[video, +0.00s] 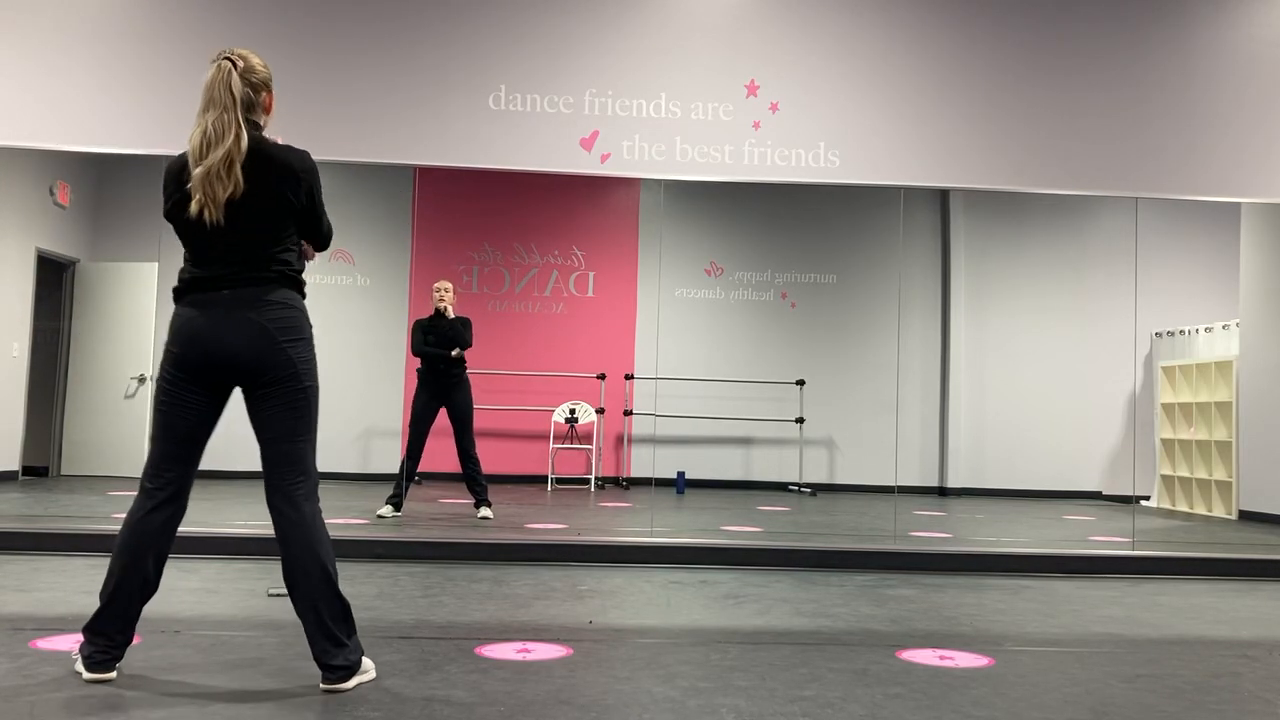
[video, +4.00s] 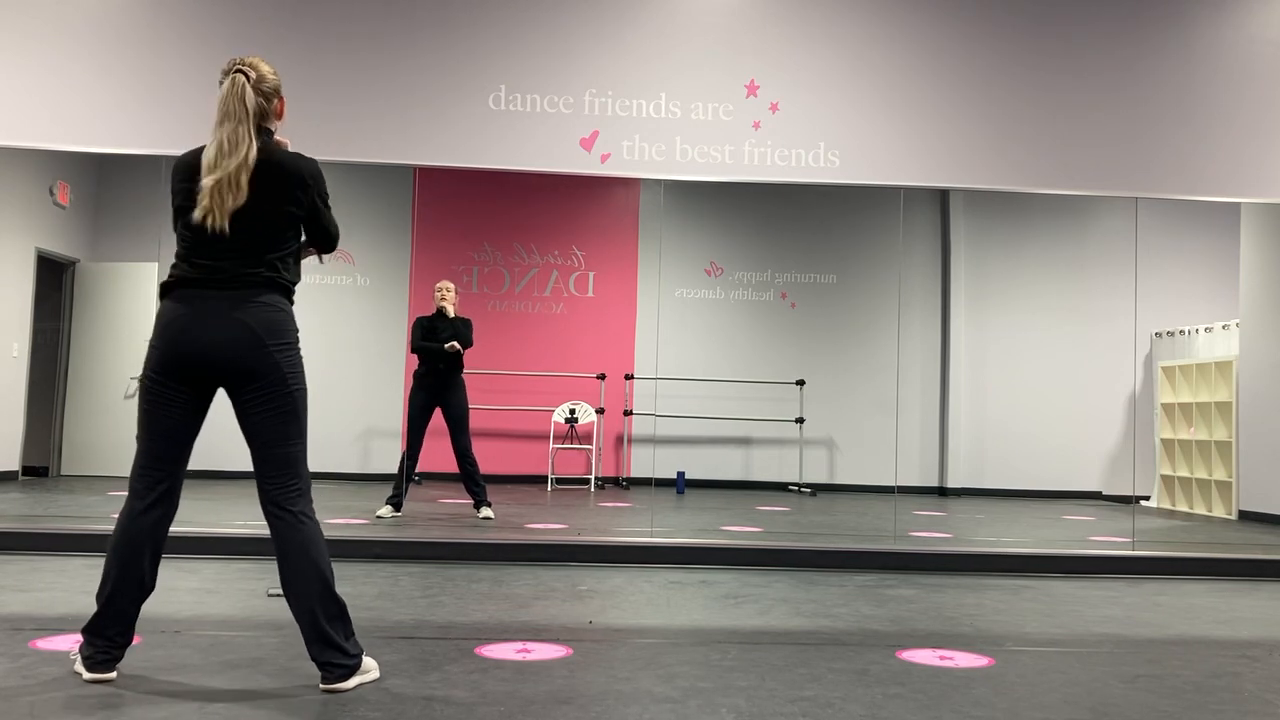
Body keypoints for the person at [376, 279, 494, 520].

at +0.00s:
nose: (441, 294)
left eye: (446, 290)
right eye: (438, 290)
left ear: (454, 297)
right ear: (431, 297)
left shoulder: (463, 322)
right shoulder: (421, 324)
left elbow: (465, 344)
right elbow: (417, 350)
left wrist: (450, 317)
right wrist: (449, 354)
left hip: (457, 388)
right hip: (428, 388)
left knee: (466, 447)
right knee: (413, 447)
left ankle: (482, 504)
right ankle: (394, 503)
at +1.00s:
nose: (443, 294)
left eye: (447, 291)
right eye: (439, 291)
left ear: (455, 298)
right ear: (433, 298)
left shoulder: (464, 323)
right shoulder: (421, 324)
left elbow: (467, 343)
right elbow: (416, 354)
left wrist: (451, 318)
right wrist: (447, 354)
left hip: (459, 389)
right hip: (429, 389)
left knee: (467, 448)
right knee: (415, 448)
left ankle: (482, 504)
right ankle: (394, 504)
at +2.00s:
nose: (443, 293)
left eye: (447, 290)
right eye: (439, 290)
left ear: (456, 298)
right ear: (433, 297)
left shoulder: (464, 323)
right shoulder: (422, 323)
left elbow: (467, 344)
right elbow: (416, 352)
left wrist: (452, 317)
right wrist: (447, 351)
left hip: (455, 389)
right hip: (426, 389)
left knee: (464, 447)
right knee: (413, 448)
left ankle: (482, 504)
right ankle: (394, 504)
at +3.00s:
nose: (441, 293)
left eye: (446, 290)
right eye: (438, 290)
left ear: (454, 298)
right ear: (432, 297)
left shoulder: (461, 324)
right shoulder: (420, 322)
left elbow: (465, 344)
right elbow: (414, 347)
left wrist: (451, 317)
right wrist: (443, 349)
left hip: (452, 388)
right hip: (423, 387)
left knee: (462, 447)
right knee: (411, 447)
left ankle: (482, 504)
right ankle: (394, 504)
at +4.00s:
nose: (443, 293)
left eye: (447, 290)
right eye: (439, 290)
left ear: (456, 298)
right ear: (433, 297)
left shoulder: (464, 323)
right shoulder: (422, 322)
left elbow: (466, 343)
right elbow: (415, 346)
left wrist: (452, 316)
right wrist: (443, 347)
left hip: (453, 388)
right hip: (423, 387)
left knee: (463, 448)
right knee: (412, 448)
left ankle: (482, 504)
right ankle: (394, 504)